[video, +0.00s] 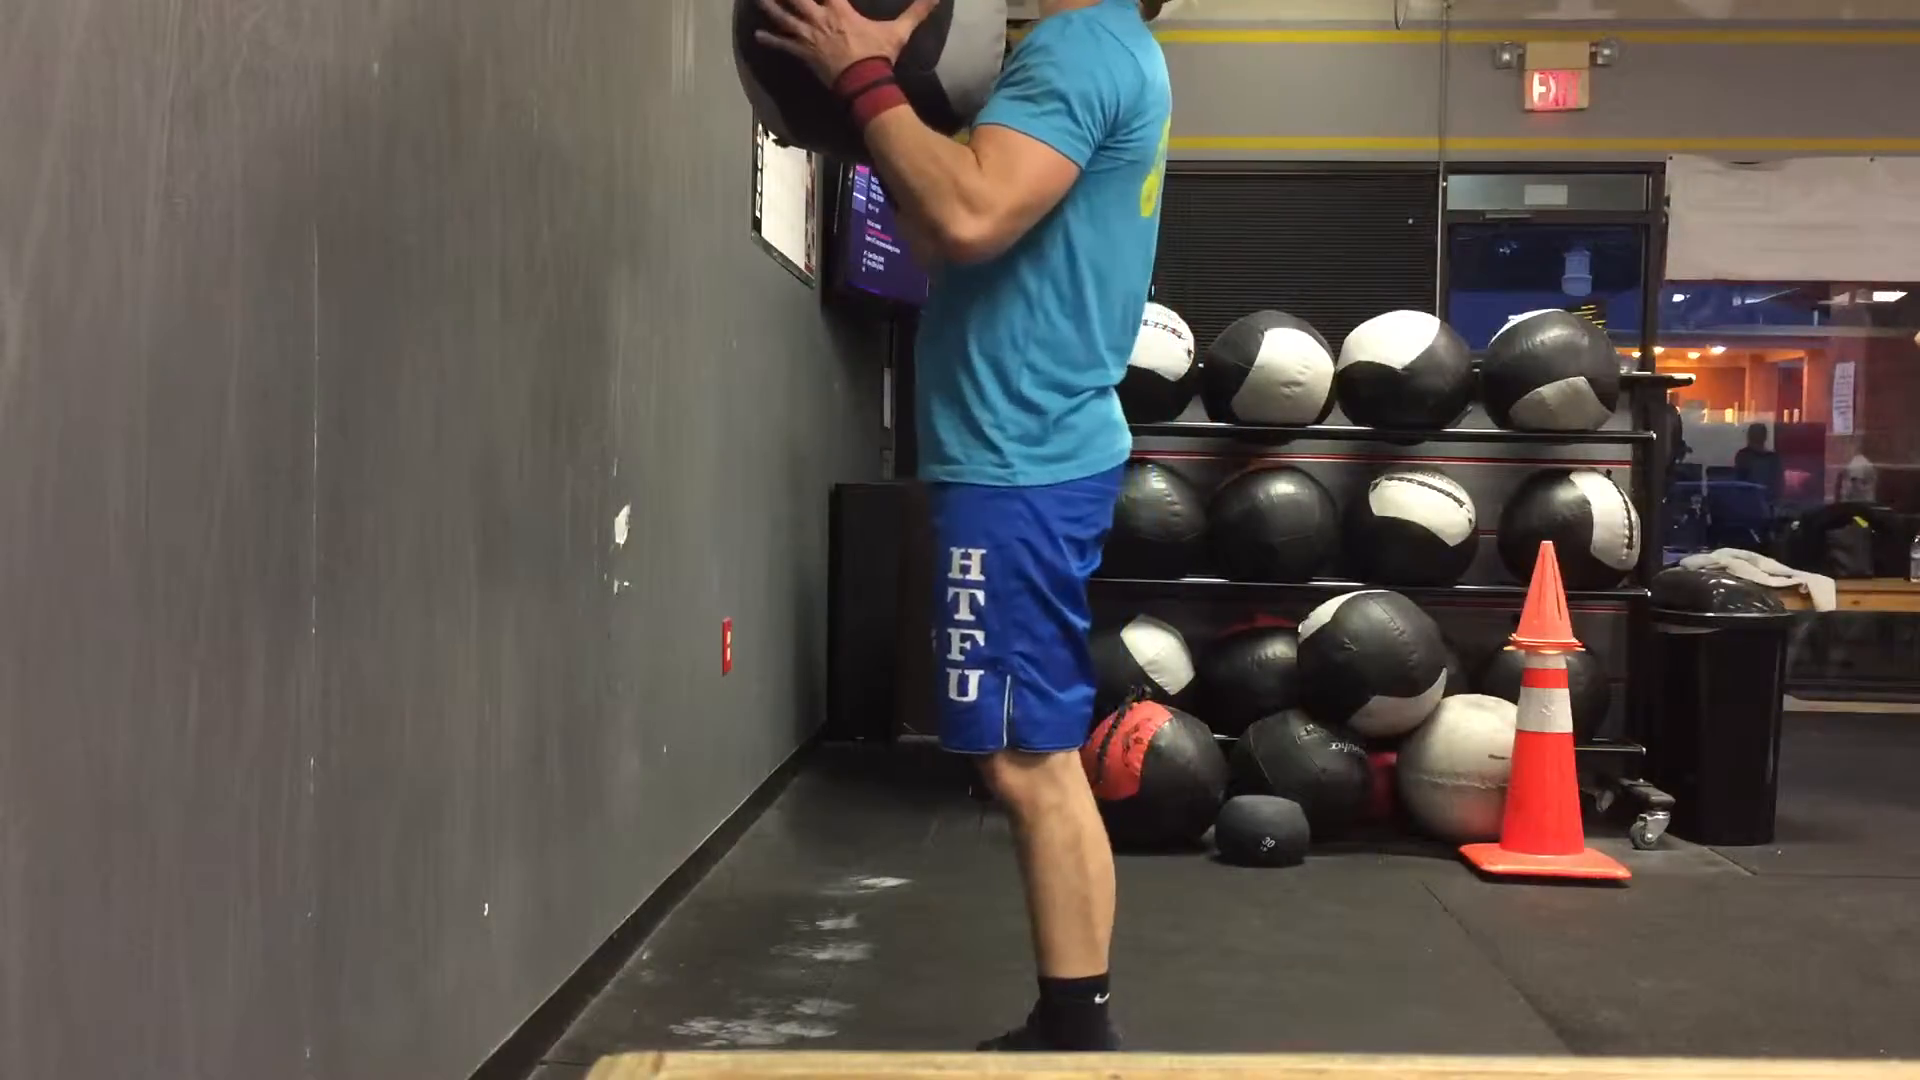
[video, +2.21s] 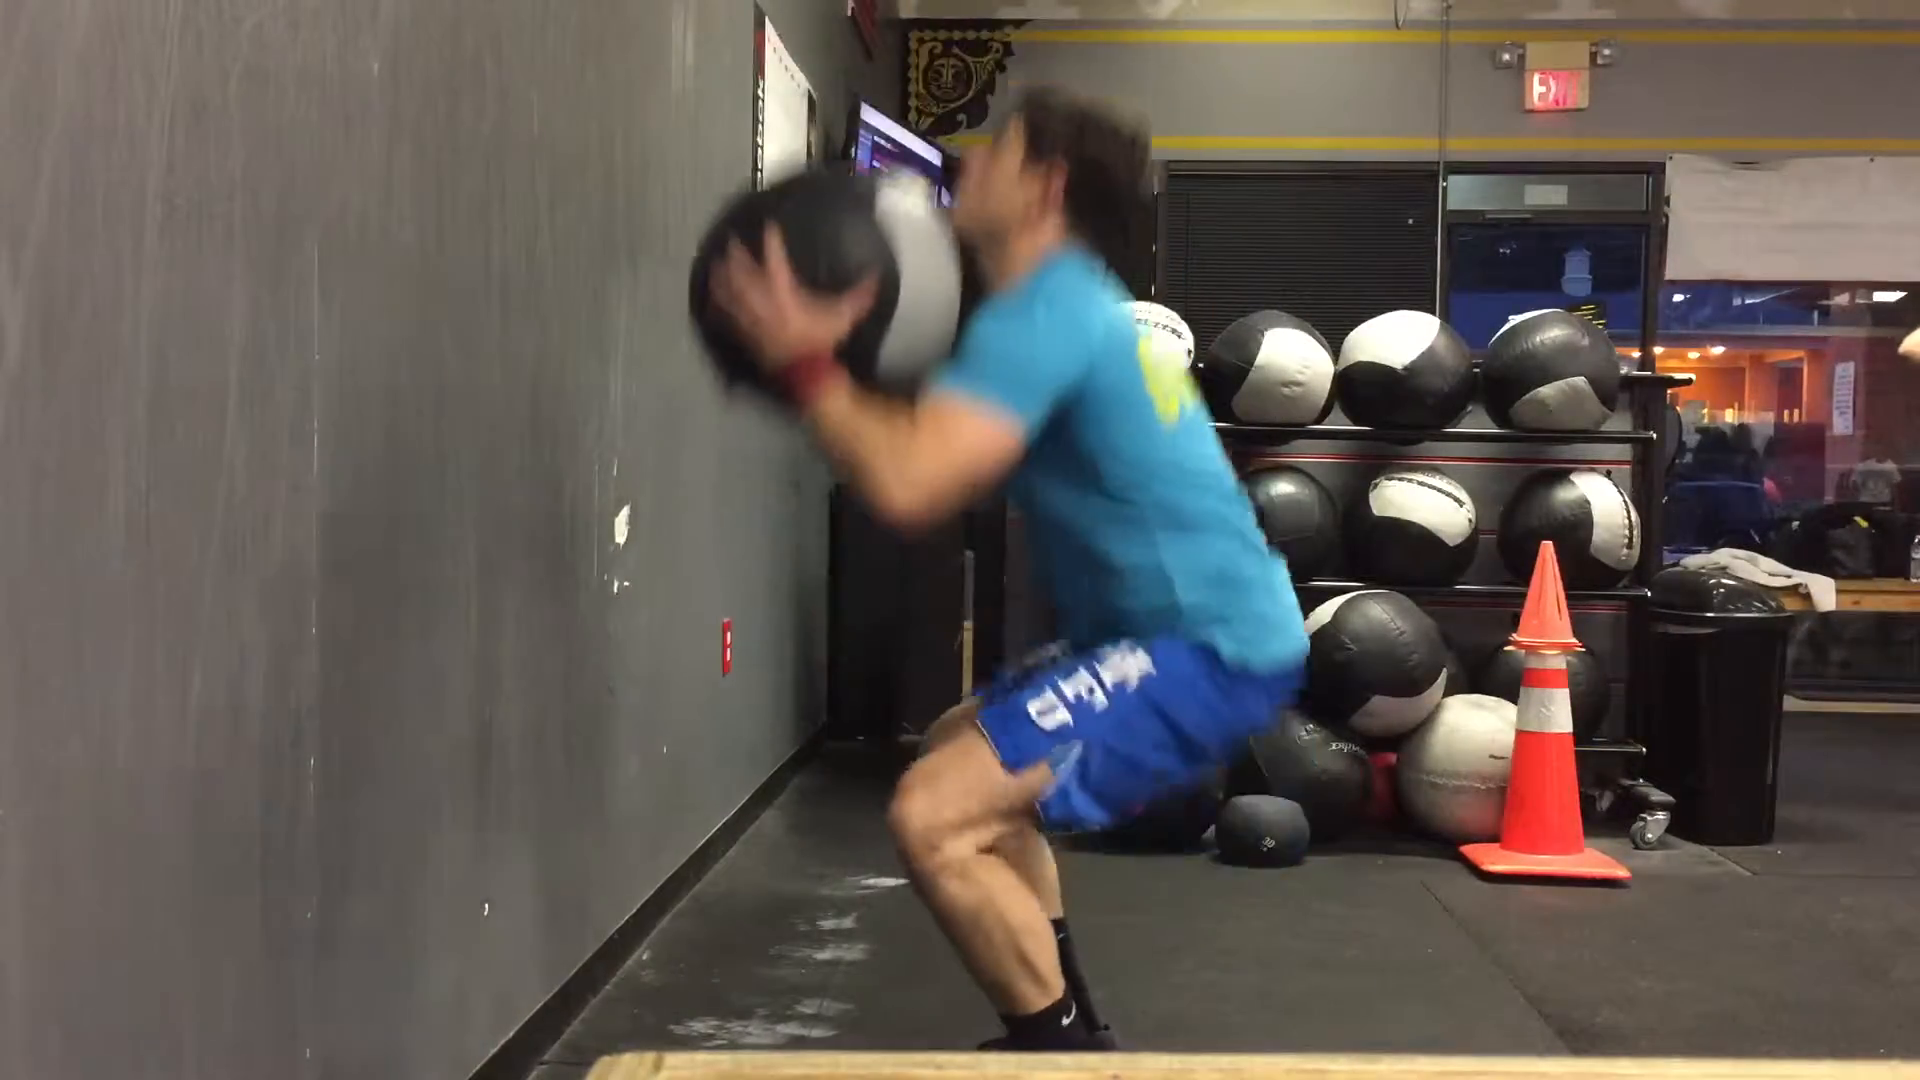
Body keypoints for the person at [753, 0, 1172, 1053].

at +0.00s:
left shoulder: (1084, 53)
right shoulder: (1086, 47)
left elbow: (970, 218)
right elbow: (954, 220)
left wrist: (866, 79)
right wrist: (877, 86)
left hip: (1021, 467)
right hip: (1025, 462)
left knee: (1028, 765)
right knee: (1038, 764)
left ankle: (1073, 1029)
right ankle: (1074, 1024)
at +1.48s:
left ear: (1058, 2)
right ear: (1069, 13)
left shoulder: (1048, 104)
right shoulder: (1063, 108)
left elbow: (889, 257)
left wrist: (788, 136)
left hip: (1157, 511)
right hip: (1147, 506)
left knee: (971, 782)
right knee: (1018, 784)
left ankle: (1067, 1038)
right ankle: (1066, 1028)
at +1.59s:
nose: (961, 87)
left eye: (986, 73)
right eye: (976, 68)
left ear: (1036, 117)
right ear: (1036, 122)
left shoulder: (1036, 240)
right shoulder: (1040, 231)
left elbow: (872, 397)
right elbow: (896, 383)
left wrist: (773, 267)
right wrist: (788, 277)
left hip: (1192, 613)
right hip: (1173, 600)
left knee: (933, 806)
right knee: (983, 795)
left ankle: (1054, 1039)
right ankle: (1065, 1023)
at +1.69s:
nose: (940, 225)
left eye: (965, 214)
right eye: (956, 208)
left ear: (1013, 263)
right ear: (1015, 269)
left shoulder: (1018, 390)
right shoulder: (1028, 371)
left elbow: (869, 567)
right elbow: (891, 538)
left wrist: (766, 428)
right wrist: (781, 427)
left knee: (900, 841)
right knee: (924, 764)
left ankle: (1046, 1046)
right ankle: (1063, 1016)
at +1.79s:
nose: (929, 336)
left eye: (952, 323)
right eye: (943, 319)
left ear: (1004, 369)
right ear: (1004, 373)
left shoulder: (1010, 505)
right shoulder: (1026, 483)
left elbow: (867, 700)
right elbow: (889, 661)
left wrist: (762, 559)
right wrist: (782, 555)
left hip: (1190, 830)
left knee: (888, 853)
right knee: (911, 775)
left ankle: (1042, 1050)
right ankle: (1066, 1028)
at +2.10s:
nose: (939, 275)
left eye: (963, 261)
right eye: (953, 257)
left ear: (1019, 305)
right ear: (1018, 310)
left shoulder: (1029, 435)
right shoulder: (1048, 412)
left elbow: (900, 623)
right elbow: (911, 586)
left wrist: (783, 503)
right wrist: (789, 492)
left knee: (920, 826)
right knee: (947, 754)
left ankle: (1052, 1051)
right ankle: (1064, 1016)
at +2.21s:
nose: (966, 160)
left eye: (993, 148)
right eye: (982, 144)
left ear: (1044, 186)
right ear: (1045, 191)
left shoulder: (1052, 310)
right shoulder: (1069, 298)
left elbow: (909, 483)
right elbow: (926, 452)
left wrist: (806, 362)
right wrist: (825, 363)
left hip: (1207, 647)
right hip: (1167, 631)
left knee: (932, 816)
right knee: (961, 770)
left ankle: (1055, 1042)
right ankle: (1062, 1016)